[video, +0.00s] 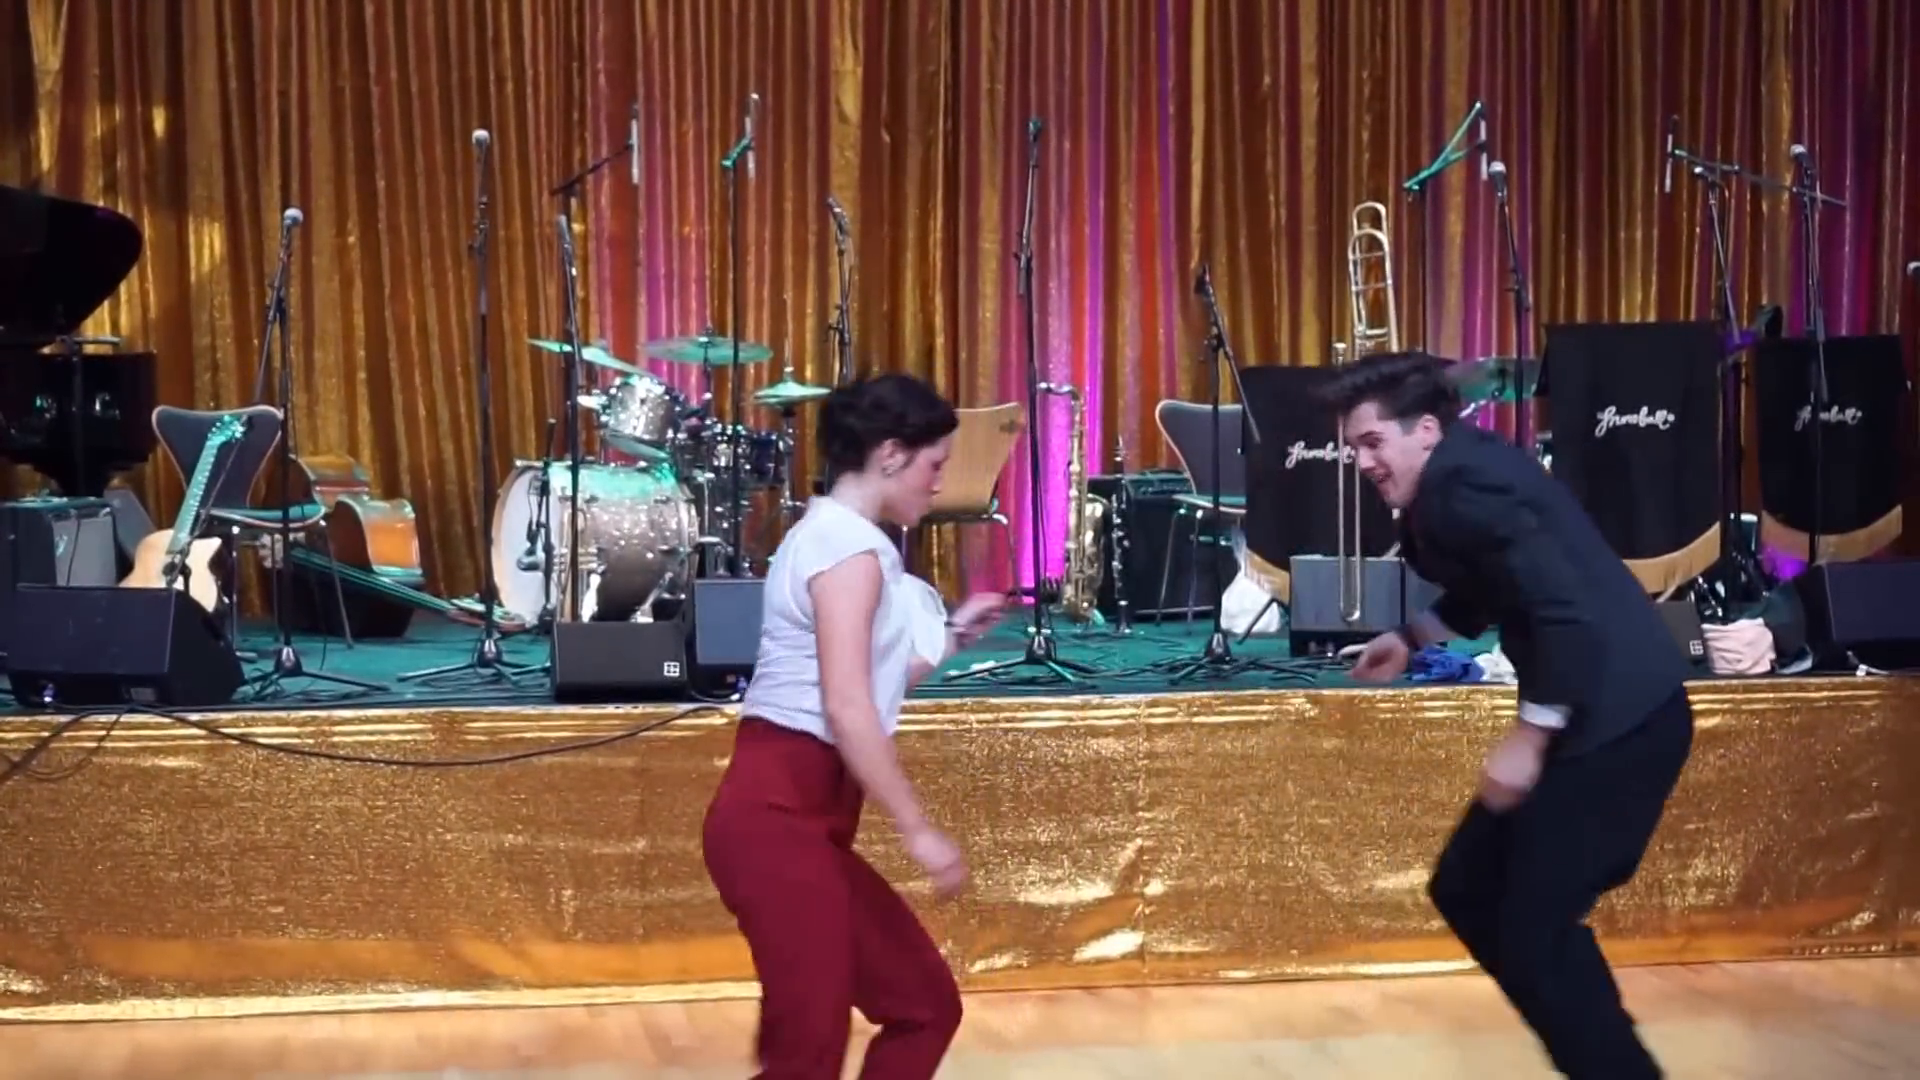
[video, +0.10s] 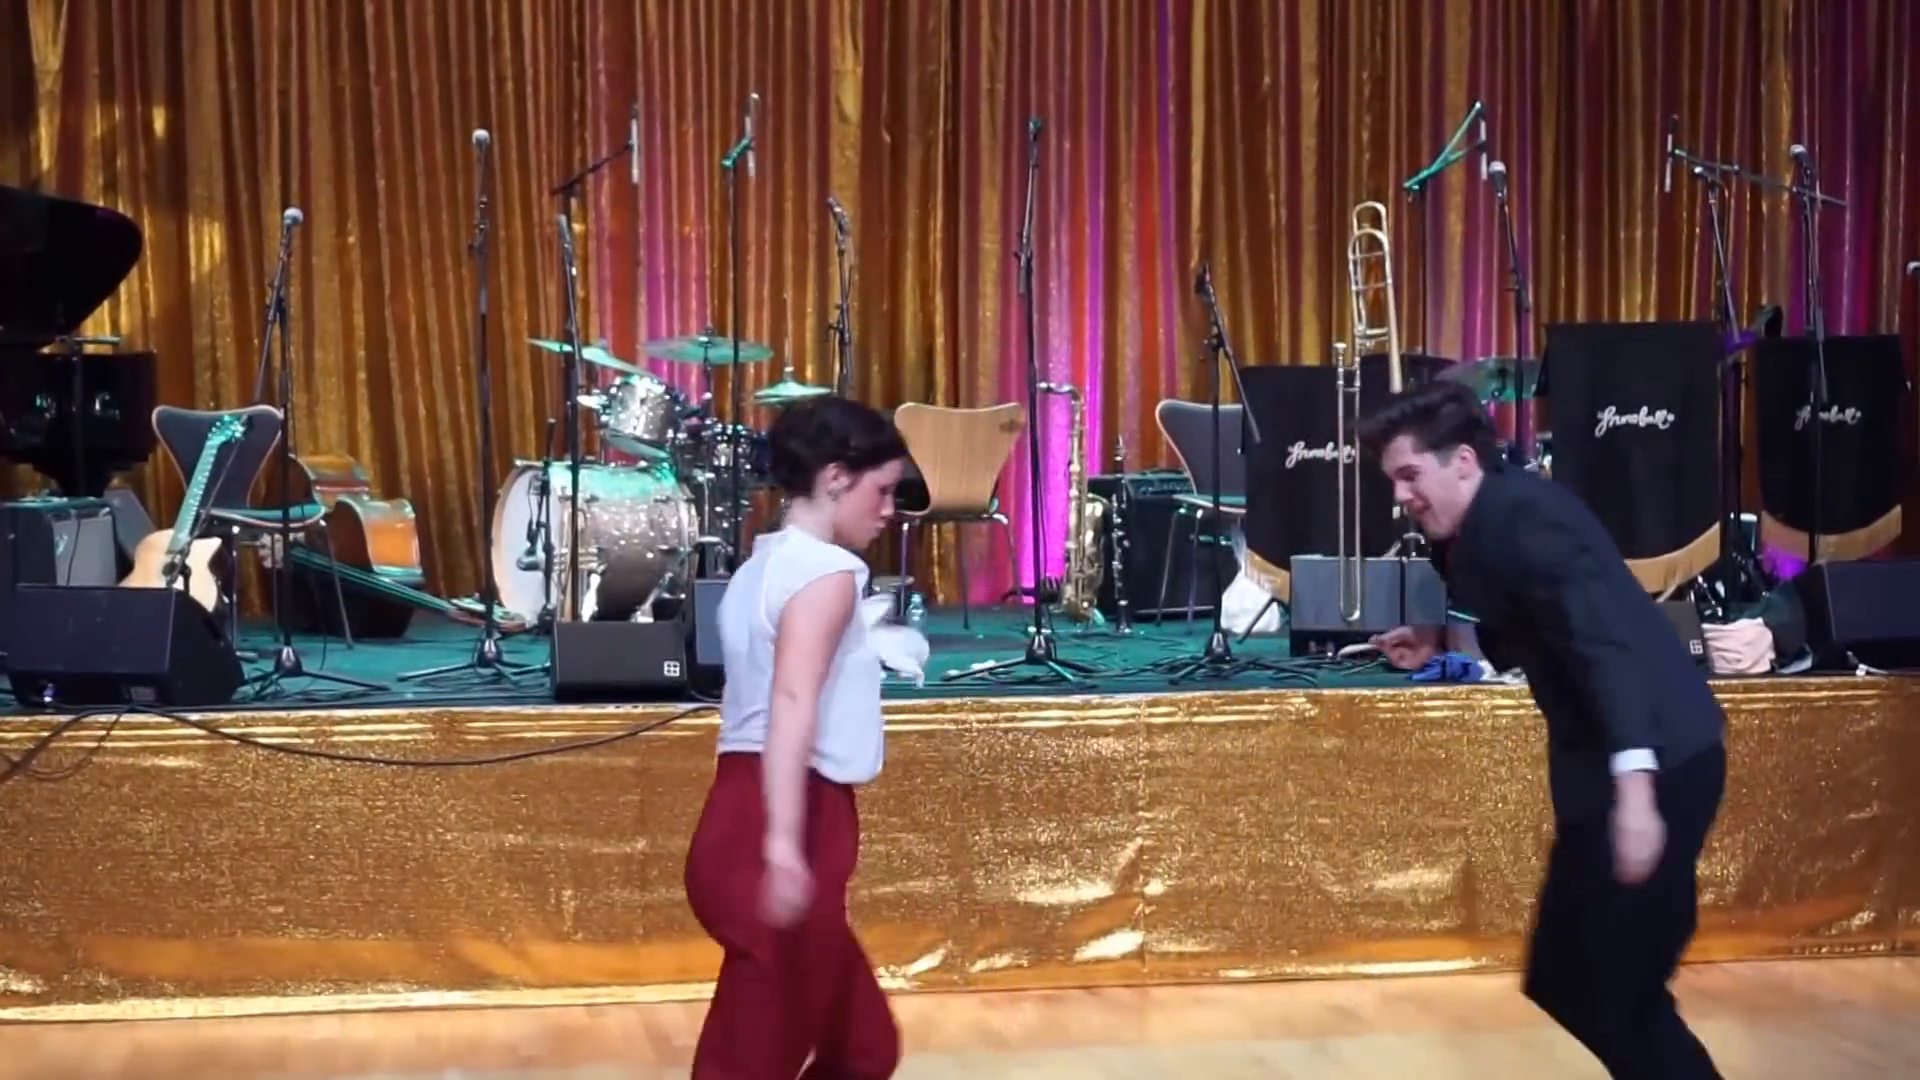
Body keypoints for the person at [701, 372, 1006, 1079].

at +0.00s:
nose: (939, 485)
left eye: (942, 469)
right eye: (935, 467)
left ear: (887, 457)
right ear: (890, 458)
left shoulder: (845, 538)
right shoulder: (848, 545)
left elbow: (872, 683)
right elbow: (846, 705)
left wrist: (948, 633)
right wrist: (918, 829)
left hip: (807, 827)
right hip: (772, 826)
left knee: (926, 1006)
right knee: (806, 1051)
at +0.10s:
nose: (890, 509)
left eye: (895, 494)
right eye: (885, 491)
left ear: (829, 481)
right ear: (835, 481)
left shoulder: (758, 566)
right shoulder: (826, 570)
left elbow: (758, 708)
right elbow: (792, 703)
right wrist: (783, 848)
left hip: (747, 810)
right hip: (794, 818)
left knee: (865, 1045)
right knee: (754, 1054)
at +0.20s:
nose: (853, 510)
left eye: (858, 494)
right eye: (847, 490)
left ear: (793, 476)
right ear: (798, 475)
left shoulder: (739, 554)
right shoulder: (800, 545)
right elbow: (747, 641)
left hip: (746, 800)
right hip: (791, 811)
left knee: (776, 1035)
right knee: (802, 1037)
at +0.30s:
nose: (830, 502)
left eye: (834, 486)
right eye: (823, 483)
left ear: (769, 471)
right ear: (772, 470)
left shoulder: (731, 534)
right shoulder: (774, 522)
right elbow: (725, 600)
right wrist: (710, 677)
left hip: (723, 823)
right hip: (771, 830)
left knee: (767, 1050)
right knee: (907, 1041)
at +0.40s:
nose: (815, 513)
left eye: (818, 495)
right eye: (808, 491)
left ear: (752, 484)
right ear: (757, 481)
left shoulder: (715, 553)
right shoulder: (761, 531)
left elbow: (735, 678)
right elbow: (756, 584)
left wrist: (827, 715)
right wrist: (757, 629)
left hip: (719, 835)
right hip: (774, 841)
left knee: (752, 1054)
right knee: (933, 1012)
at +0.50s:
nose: (818, 499)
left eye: (820, 483)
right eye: (810, 478)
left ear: (753, 473)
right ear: (756, 468)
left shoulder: (721, 551)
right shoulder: (768, 533)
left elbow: (746, 685)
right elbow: (788, 607)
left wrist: (848, 702)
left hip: (736, 831)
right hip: (789, 836)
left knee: (756, 1046)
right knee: (964, 1008)